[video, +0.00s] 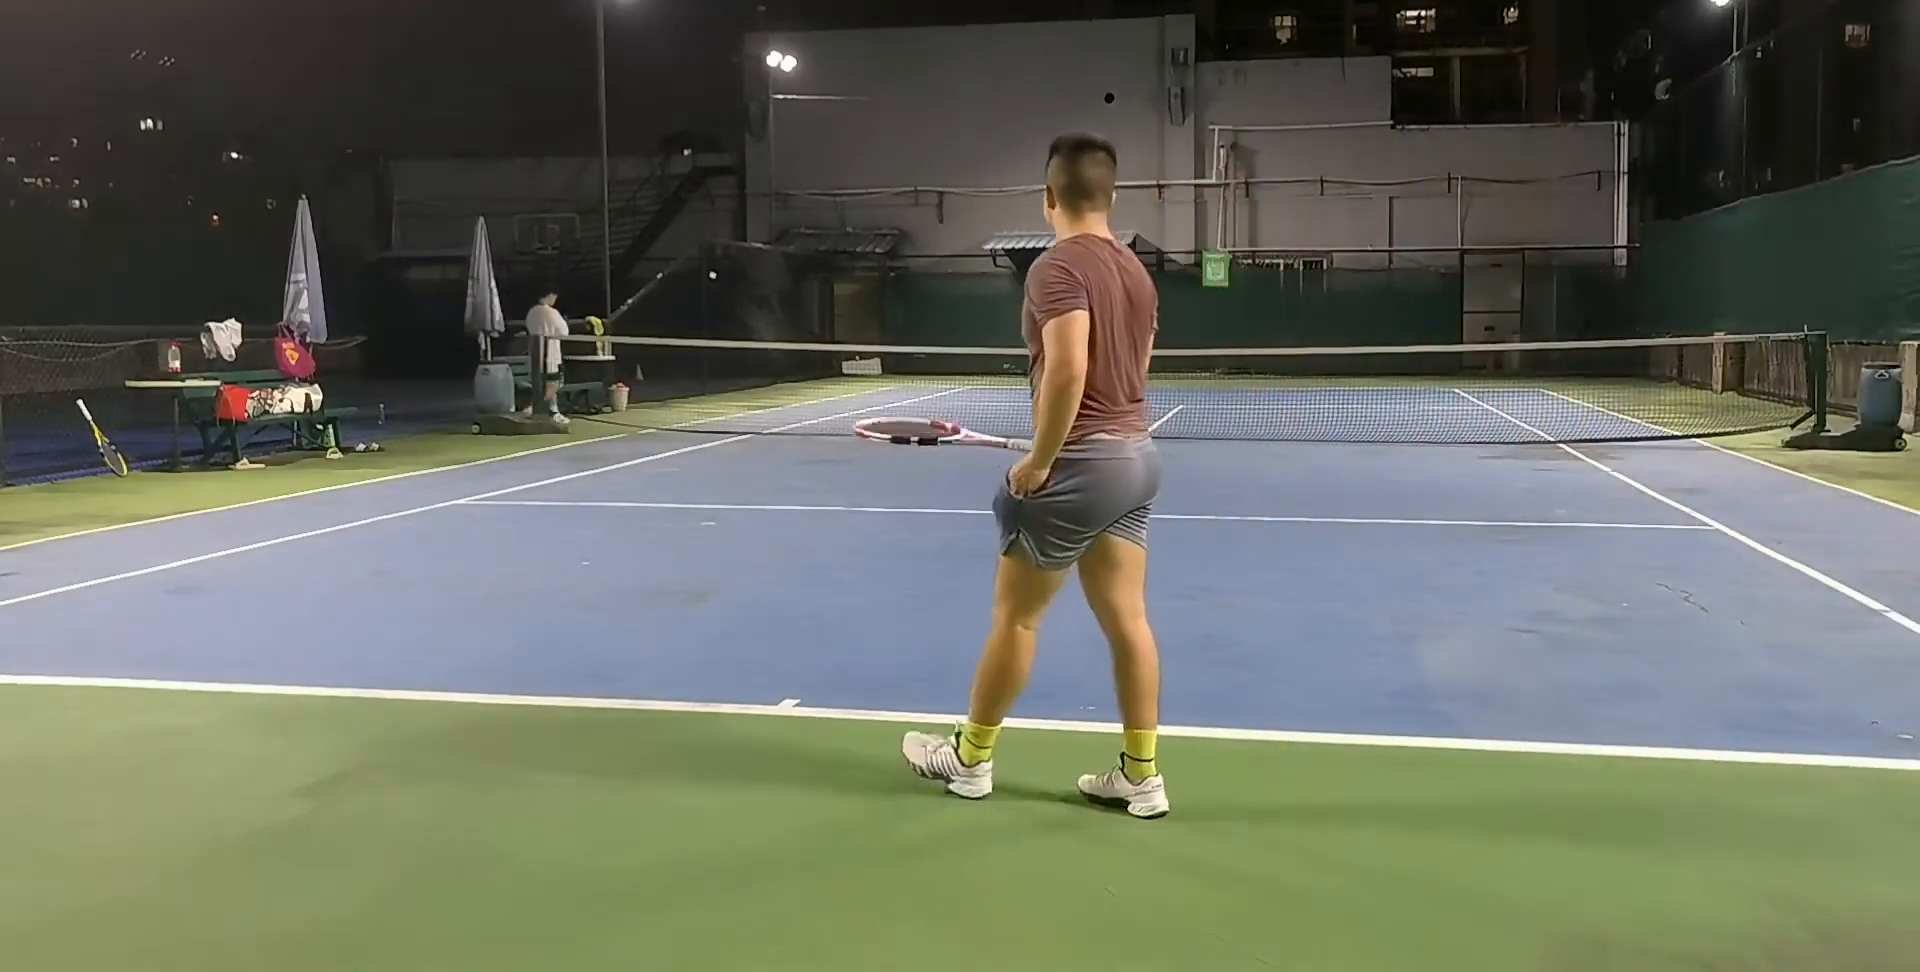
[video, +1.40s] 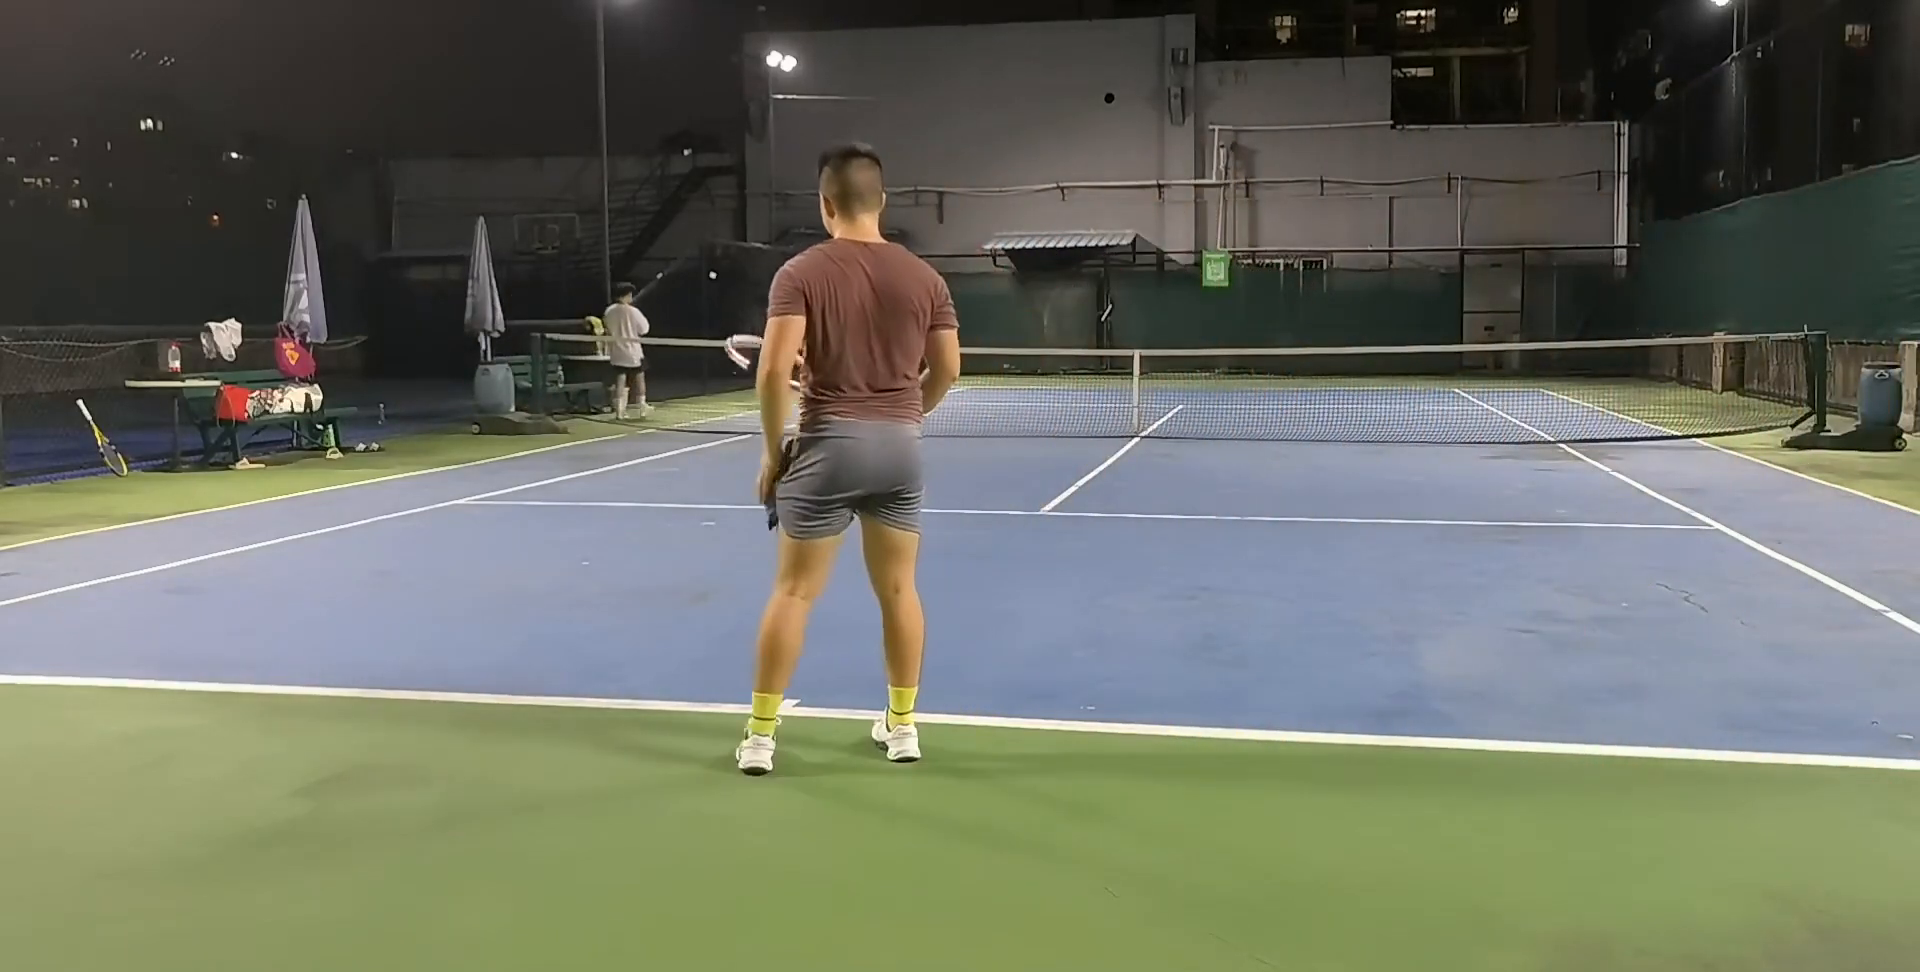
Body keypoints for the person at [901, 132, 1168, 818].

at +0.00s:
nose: (1044, 204)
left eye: (1044, 195)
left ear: (1049, 197)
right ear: (1113, 198)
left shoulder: (1056, 269)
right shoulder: (1136, 273)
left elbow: (1068, 370)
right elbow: (1129, 379)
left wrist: (1040, 459)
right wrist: (1051, 434)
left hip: (1076, 461)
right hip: (1134, 455)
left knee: (1016, 615)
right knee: (1126, 615)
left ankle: (970, 757)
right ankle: (1140, 774)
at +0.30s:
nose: (954, 208)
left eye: (954, 199)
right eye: (959, 198)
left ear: (961, 201)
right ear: (1019, 196)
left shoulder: (968, 271)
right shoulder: (1064, 270)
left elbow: (978, 380)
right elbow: (1080, 379)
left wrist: (948, 457)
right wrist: (1058, 436)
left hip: (994, 452)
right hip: (1058, 452)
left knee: (964, 604)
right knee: (1041, 595)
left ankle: (962, 756)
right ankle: (1113, 734)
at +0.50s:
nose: (912, 210)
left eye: (911, 201)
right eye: (915, 201)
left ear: (919, 202)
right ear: (977, 195)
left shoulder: (925, 267)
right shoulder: (1027, 265)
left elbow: (935, 370)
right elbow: (1064, 366)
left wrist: (910, 454)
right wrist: (1081, 437)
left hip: (956, 447)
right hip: (1023, 449)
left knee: (950, 605)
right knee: (987, 585)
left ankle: (962, 757)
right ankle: (1033, 715)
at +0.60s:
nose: (897, 213)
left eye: (896, 204)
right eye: (900, 205)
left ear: (903, 203)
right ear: (962, 197)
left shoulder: (910, 265)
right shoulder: (1014, 266)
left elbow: (910, 363)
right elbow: (1053, 365)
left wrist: (897, 449)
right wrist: (1079, 439)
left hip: (941, 447)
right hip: (1008, 448)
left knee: (946, 604)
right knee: (969, 588)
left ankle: (962, 760)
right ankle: (972, 735)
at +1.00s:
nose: (869, 211)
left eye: (869, 203)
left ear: (876, 206)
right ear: (934, 205)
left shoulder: (861, 263)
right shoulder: (967, 279)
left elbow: (829, 352)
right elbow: (990, 377)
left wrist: (809, 426)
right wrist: (984, 448)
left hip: (886, 446)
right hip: (952, 448)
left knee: (880, 602)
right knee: (918, 589)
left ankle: (948, 741)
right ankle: (901, 723)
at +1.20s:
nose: (854, 209)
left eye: (853, 201)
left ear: (858, 204)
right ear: (914, 203)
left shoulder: (834, 268)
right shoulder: (950, 277)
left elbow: (814, 367)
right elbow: (965, 381)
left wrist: (806, 452)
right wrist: (929, 424)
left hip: (860, 441)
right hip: (929, 442)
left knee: (813, 578)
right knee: (910, 584)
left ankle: (861, 708)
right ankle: (903, 725)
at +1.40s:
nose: (823, 210)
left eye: (822, 202)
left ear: (825, 205)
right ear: (882, 202)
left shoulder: (801, 273)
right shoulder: (924, 276)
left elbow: (776, 370)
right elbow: (946, 367)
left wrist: (776, 451)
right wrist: (910, 411)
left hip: (828, 441)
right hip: (902, 442)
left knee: (794, 590)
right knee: (900, 589)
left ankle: (760, 735)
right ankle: (902, 727)